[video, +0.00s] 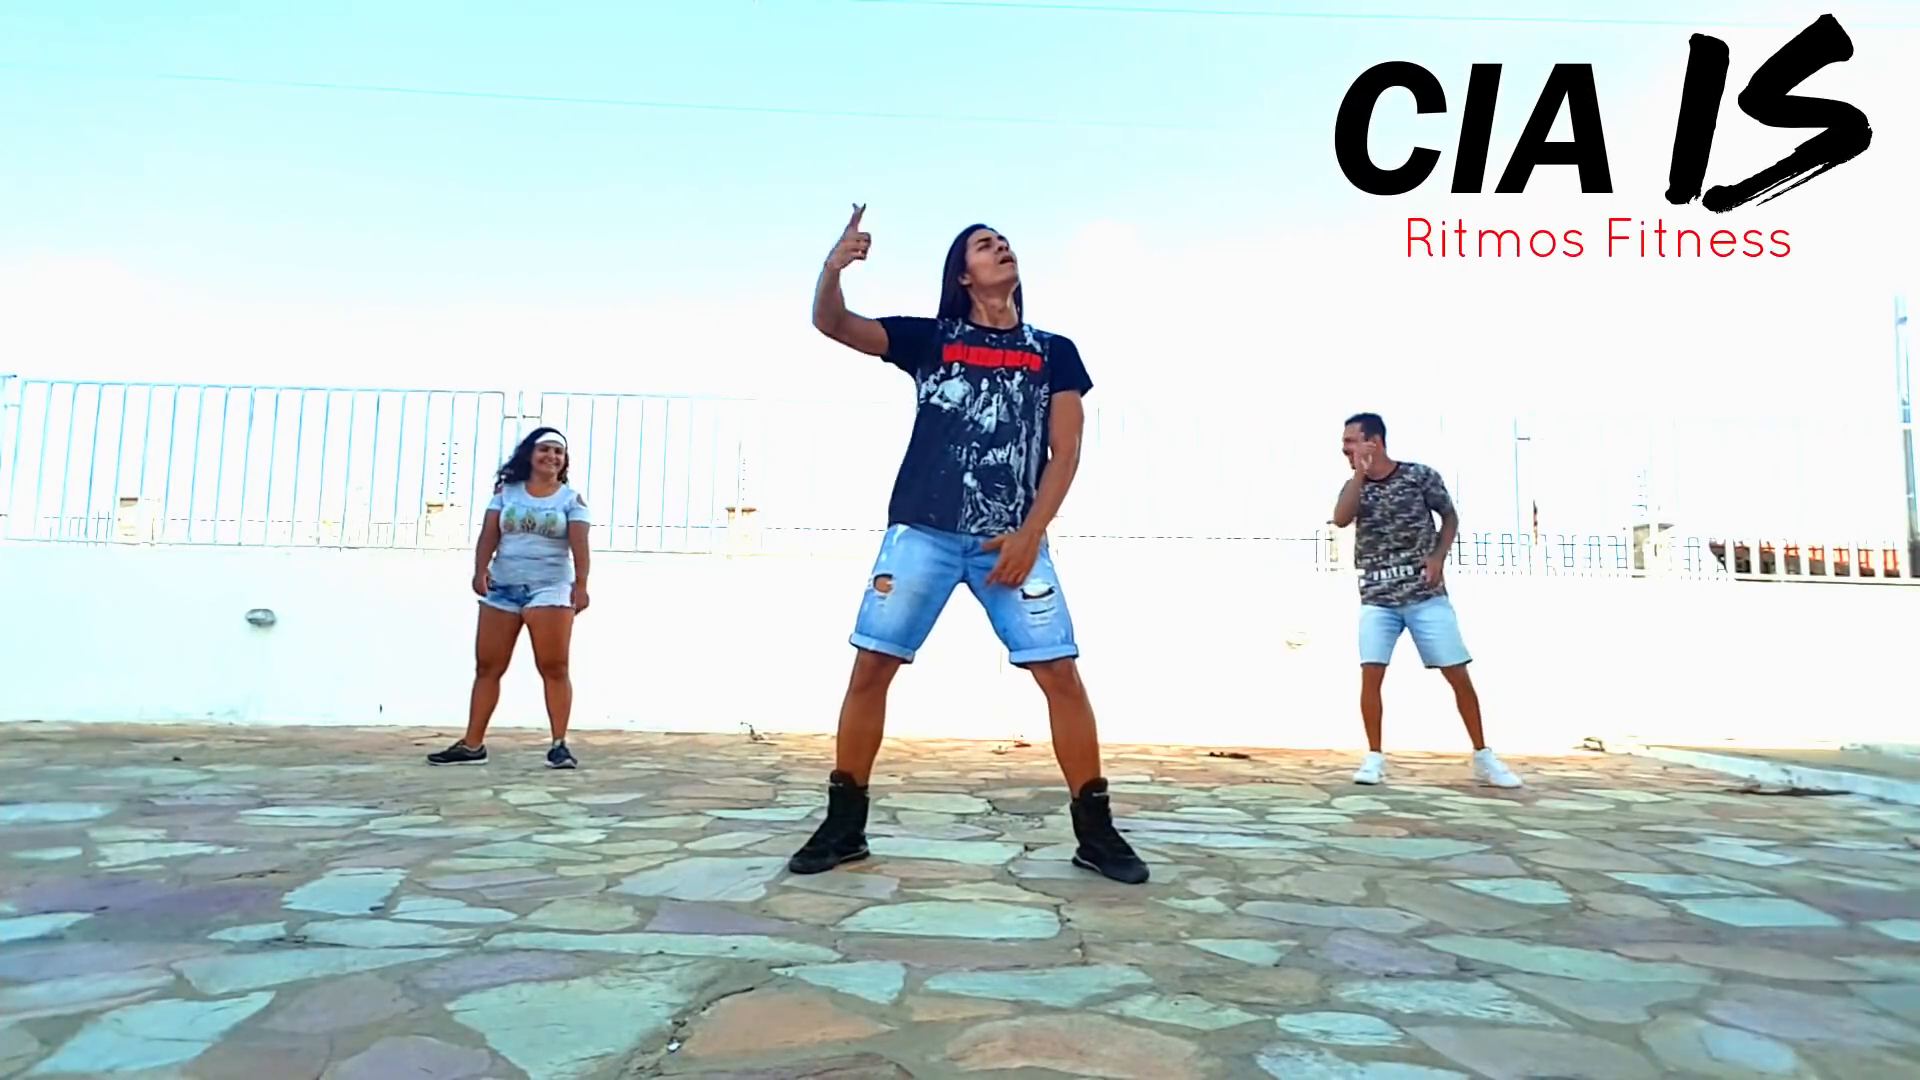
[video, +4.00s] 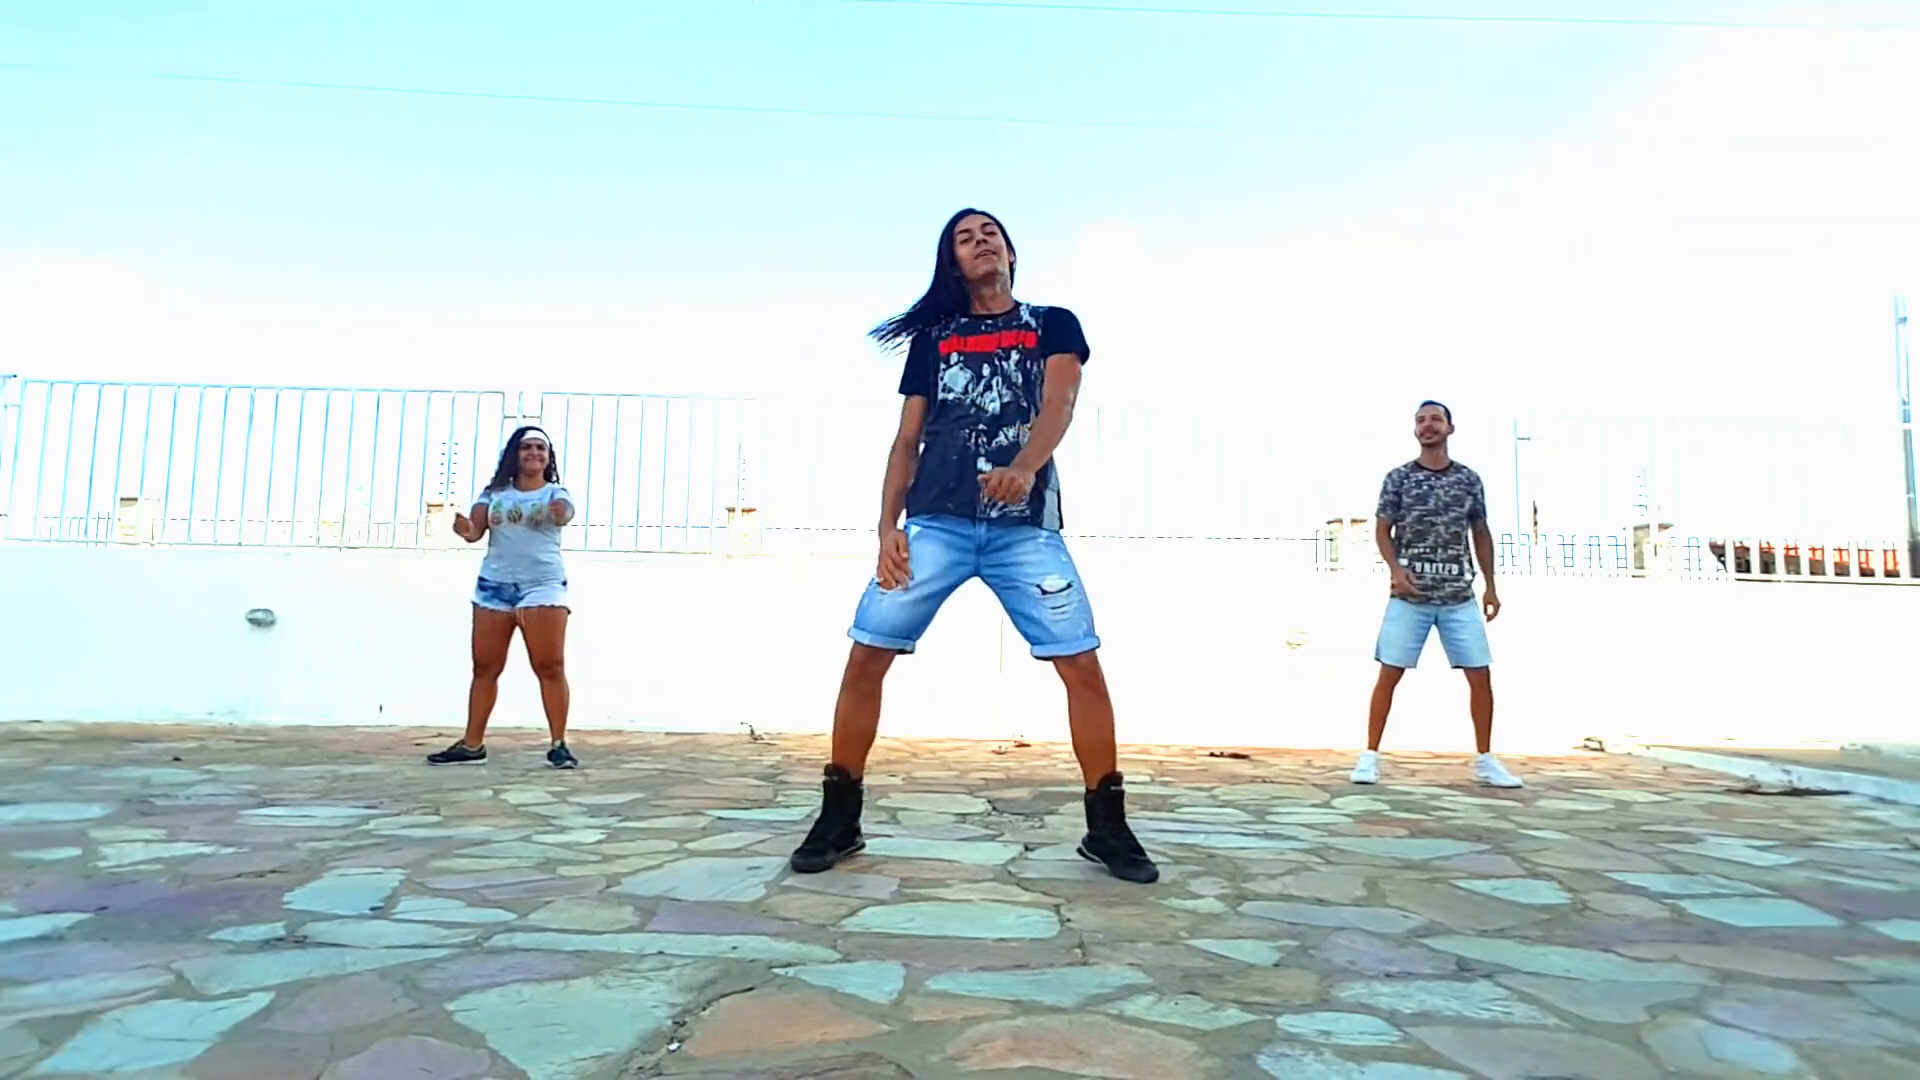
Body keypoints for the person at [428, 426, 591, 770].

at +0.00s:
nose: (550, 454)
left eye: (557, 451)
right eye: (544, 449)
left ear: (564, 460)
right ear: (528, 455)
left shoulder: (571, 500)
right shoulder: (506, 492)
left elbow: (580, 545)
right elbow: (489, 533)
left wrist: (581, 584)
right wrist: (481, 568)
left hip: (550, 589)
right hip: (501, 587)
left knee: (554, 668)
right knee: (487, 667)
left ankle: (559, 743)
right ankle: (472, 743)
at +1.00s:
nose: (556, 468)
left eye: (565, 465)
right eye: (552, 461)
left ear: (577, 471)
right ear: (543, 462)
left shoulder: (585, 506)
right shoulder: (524, 493)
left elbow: (595, 560)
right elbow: (504, 538)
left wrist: (598, 605)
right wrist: (510, 556)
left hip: (564, 587)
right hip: (522, 586)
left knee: (556, 666)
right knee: (491, 664)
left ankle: (558, 745)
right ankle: (472, 743)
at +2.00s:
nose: (505, 452)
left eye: (513, 447)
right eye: (498, 448)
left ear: (526, 456)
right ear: (490, 459)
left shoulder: (543, 494)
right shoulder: (481, 497)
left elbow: (564, 543)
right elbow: (467, 541)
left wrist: (583, 585)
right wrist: (468, 567)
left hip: (528, 590)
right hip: (481, 589)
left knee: (534, 668)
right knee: (470, 664)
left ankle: (555, 744)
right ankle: (471, 744)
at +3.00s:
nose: (522, 458)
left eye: (530, 452)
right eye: (517, 453)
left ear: (548, 459)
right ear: (511, 460)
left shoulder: (561, 494)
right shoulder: (498, 493)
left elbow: (563, 515)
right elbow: (486, 520)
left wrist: (549, 519)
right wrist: (479, 534)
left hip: (542, 585)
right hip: (495, 584)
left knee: (550, 666)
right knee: (475, 665)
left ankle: (558, 744)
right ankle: (471, 743)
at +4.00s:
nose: (534, 453)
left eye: (540, 448)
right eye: (527, 448)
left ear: (548, 457)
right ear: (514, 455)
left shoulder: (555, 492)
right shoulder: (494, 493)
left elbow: (562, 511)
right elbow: (475, 530)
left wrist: (557, 514)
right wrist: (466, 528)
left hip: (542, 586)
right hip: (494, 585)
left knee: (549, 667)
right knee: (484, 668)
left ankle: (558, 744)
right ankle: (472, 743)